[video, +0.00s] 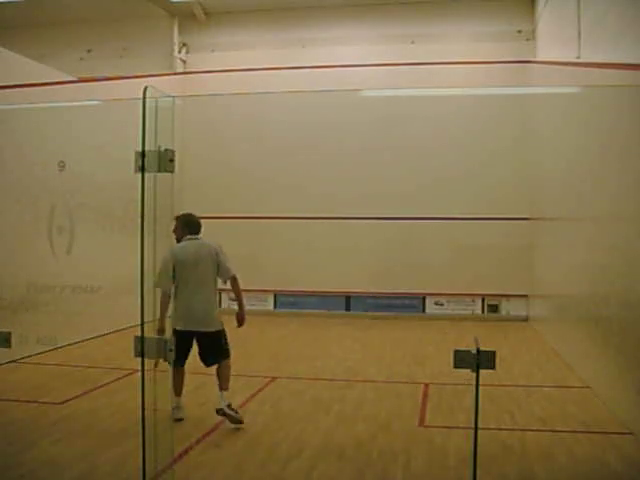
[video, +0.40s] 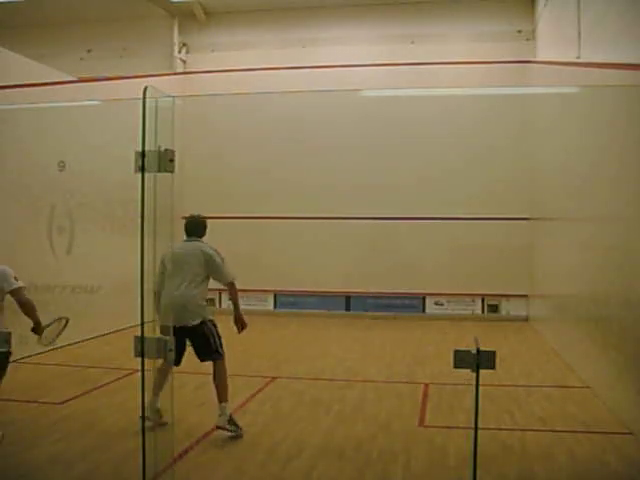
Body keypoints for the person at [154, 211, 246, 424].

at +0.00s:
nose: (173, 231)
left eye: (176, 227)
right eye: (174, 227)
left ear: (184, 230)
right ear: (196, 231)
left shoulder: (173, 254)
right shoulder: (213, 250)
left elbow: (165, 292)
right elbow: (232, 278)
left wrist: (161, 322)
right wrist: (241, 308)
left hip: (182, 321)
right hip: (209, 320)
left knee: (178, 363)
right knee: (223, 357)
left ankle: (177, 406)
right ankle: (224, 401)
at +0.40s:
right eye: (204, 229)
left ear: (185, 232)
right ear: (204, 232)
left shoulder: (170, 253)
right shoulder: (207, 252)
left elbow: (158, 289)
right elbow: (229, 282)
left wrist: (161, 318)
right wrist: (237, 312)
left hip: (169, 317)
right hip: (196, 316)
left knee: (168, 361)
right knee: (218, 360)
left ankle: (152, 404)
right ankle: (224, 415)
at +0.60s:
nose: (181, 248)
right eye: (180, 245)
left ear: (161, 248)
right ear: (180, 248)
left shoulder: (147, 271)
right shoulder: (186, 269)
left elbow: (133, 309)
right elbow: (204, 297)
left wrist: (137, 335)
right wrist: (221, 328)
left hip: (151, 335)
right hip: (181, 333)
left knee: (147, 374)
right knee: (210, 376)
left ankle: (141, 421)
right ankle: (228, 428)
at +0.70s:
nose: (155, 237)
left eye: (153, 233)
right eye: (154, 234)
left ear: (133, 239)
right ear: (151, 238)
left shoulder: (120, 263)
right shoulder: (163, 261)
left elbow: (108, 299)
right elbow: (178, 288)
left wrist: (104, 328)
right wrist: (190, 318)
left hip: (128, 332)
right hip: (160, 332)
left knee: (126, 372)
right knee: (184, 373)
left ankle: (137, 419)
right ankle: (208, 415)